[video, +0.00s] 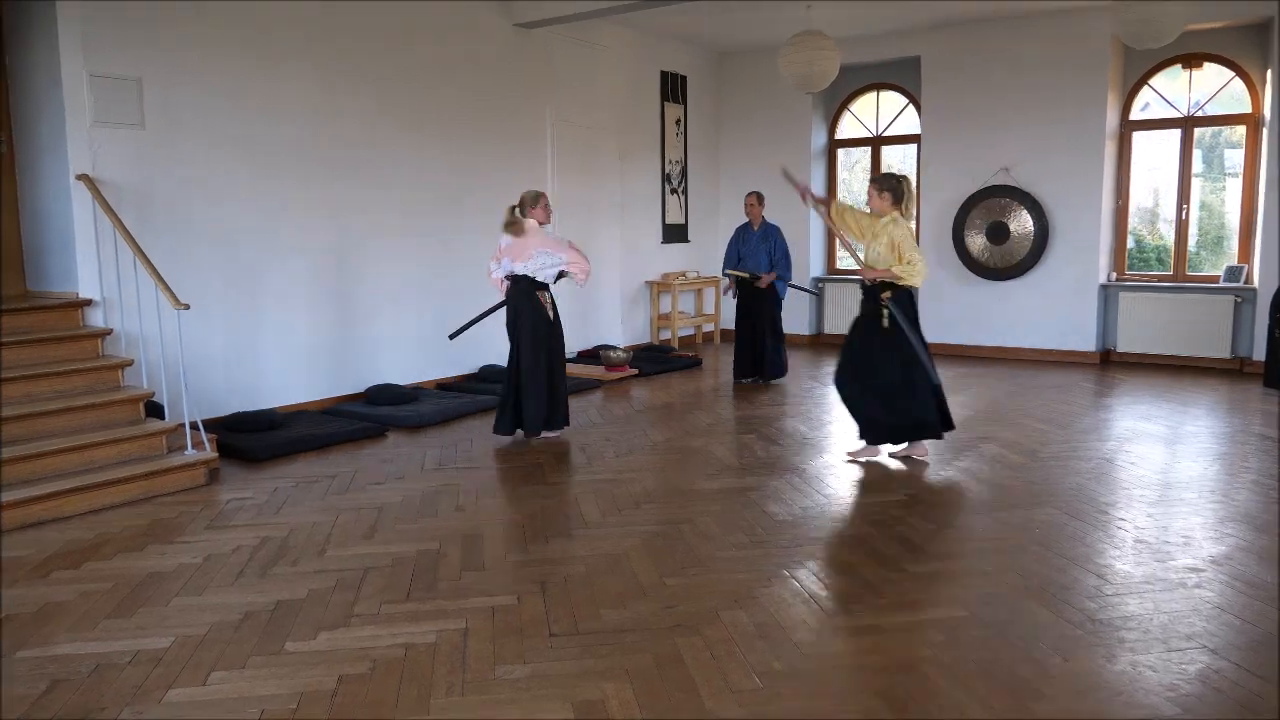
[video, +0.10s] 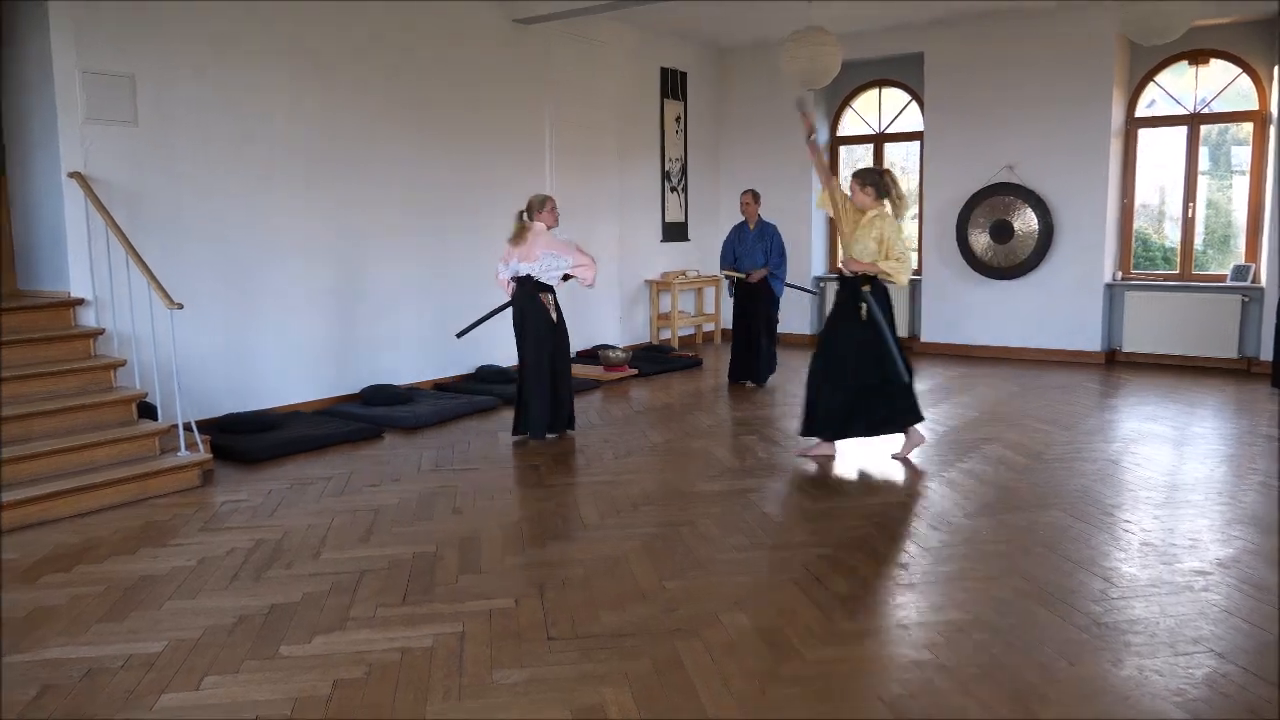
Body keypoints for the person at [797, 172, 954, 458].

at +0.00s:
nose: (868, 199)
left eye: (872, 195)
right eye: (868, 195)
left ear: (886, 197)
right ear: (883, 197)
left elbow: (916, 270)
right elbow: (843, 212)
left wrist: (879, 273)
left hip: (895, 303)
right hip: (874, 301)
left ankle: (919, 441)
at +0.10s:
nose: (851, 194)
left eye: (855, 189)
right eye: (851, 189)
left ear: (870, 191)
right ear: (861, 191)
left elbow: (901, 267)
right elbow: (828, 181)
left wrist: (863, 266)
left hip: (870, 295)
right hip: (848, 293)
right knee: (828, 360)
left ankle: (911, 429)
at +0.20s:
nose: (832, 189)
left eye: (836, 184)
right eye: (833, 184)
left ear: (851, 189)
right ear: (844, 188)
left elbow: (881, 266)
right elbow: (828, 169)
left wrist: (844, 263)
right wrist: (830, 124)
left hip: (845, 292)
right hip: (827, 291)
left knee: (845, 362)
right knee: (827, 362)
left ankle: (886, 424)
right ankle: (826, 442)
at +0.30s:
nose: (813, 192)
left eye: (817, 187)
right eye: (813, 187)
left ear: (833, 191)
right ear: (831, 191)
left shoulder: (847, 223)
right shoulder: (828, 215)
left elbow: (848, 267)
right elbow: (817, 173)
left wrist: (808, 252)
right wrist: (815, 126)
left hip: (830, 299)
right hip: (816, 296)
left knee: (824, 369)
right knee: (815, 368)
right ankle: (821, 440)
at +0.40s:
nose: (797, 197)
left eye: (802, 192)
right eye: (799, 191)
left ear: (819, 195)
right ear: (818, 195)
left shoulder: (828, 226)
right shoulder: (816, 217)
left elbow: (782, 251)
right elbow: (792, 183)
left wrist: (762, 221)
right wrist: (776, 143)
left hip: (810, 301)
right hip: (798, 297)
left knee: (799, 372)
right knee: (778, 365)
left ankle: (829, 447)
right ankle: (760, 432)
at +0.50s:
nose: (784, 191)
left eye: (789, 187)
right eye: (787, 187)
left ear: (804, 193)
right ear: (806, 192)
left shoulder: (804, 224)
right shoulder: (801, 214)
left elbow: (754, 234)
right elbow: (769, 204)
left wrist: (725, 212)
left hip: (787, 297)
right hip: (774, 293)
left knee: (795, 370)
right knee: (745, 359)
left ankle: (832, 444)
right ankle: (724, 428)